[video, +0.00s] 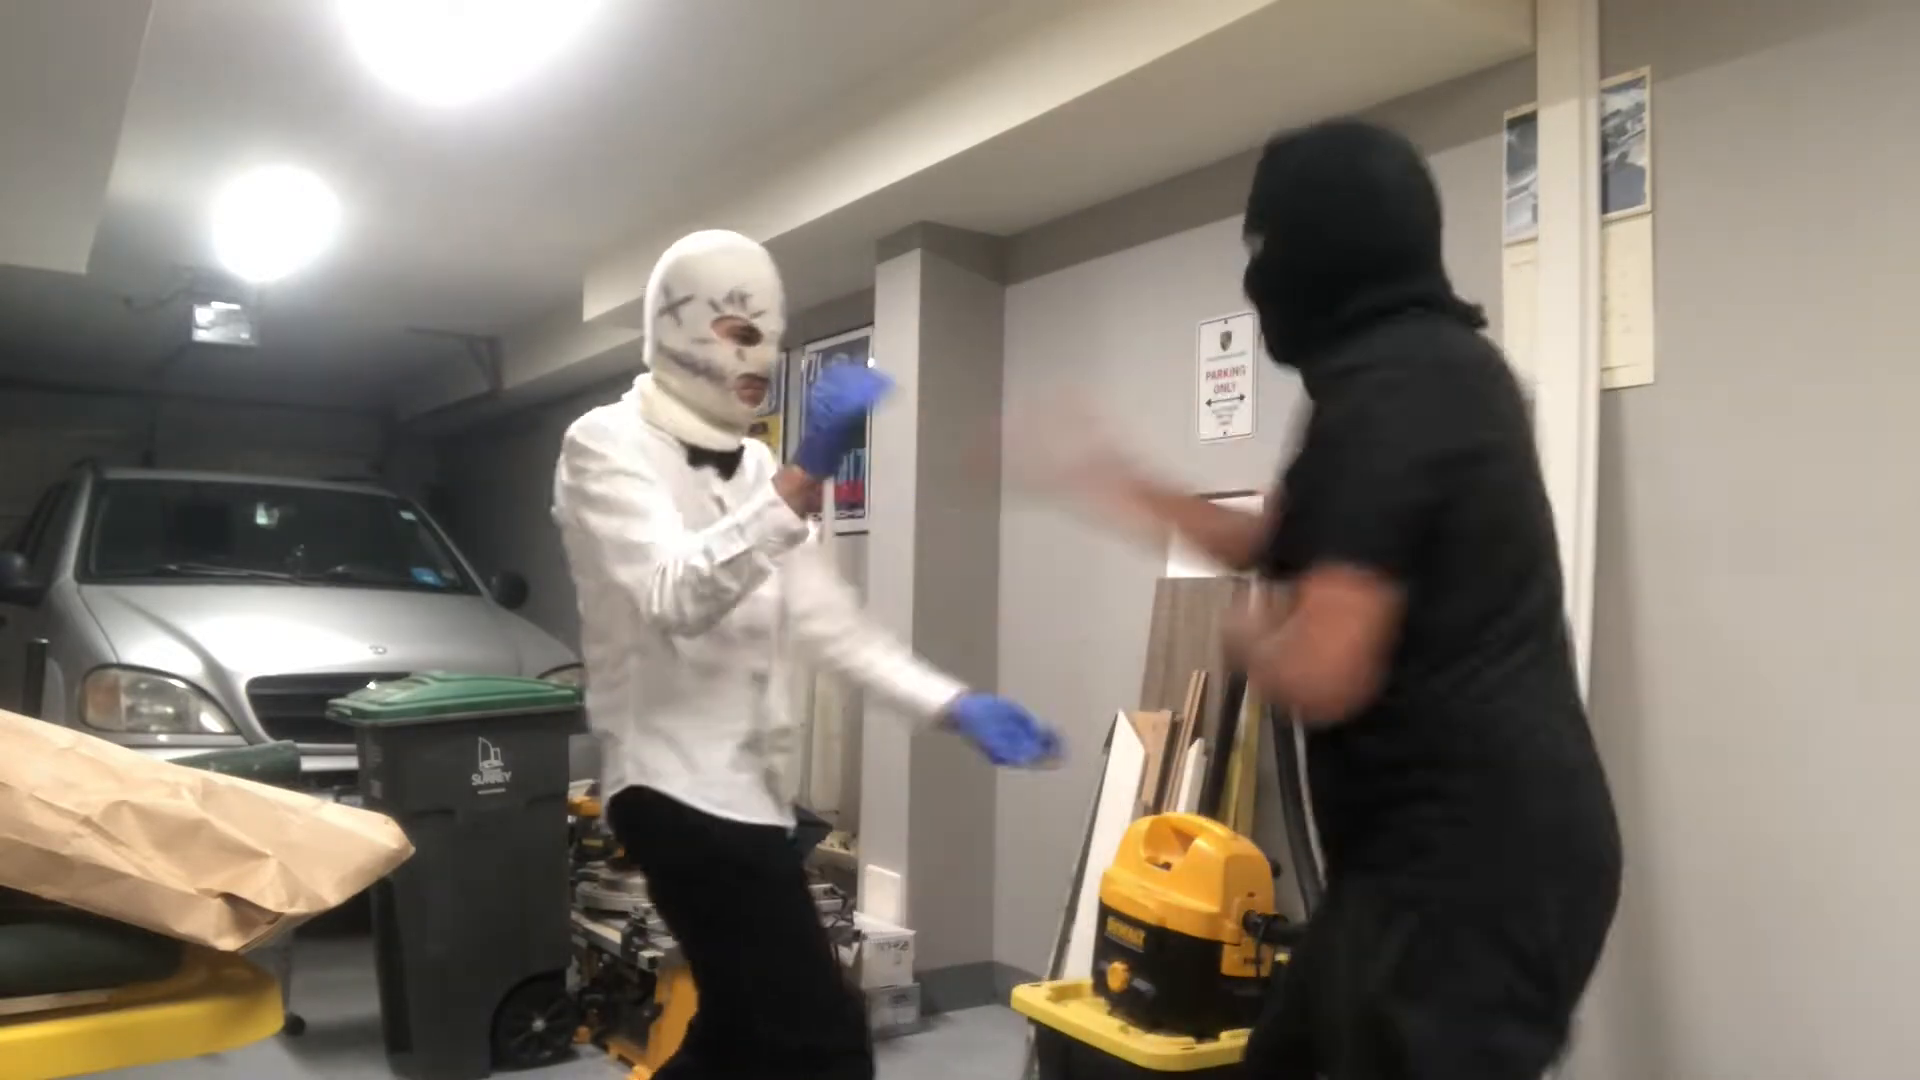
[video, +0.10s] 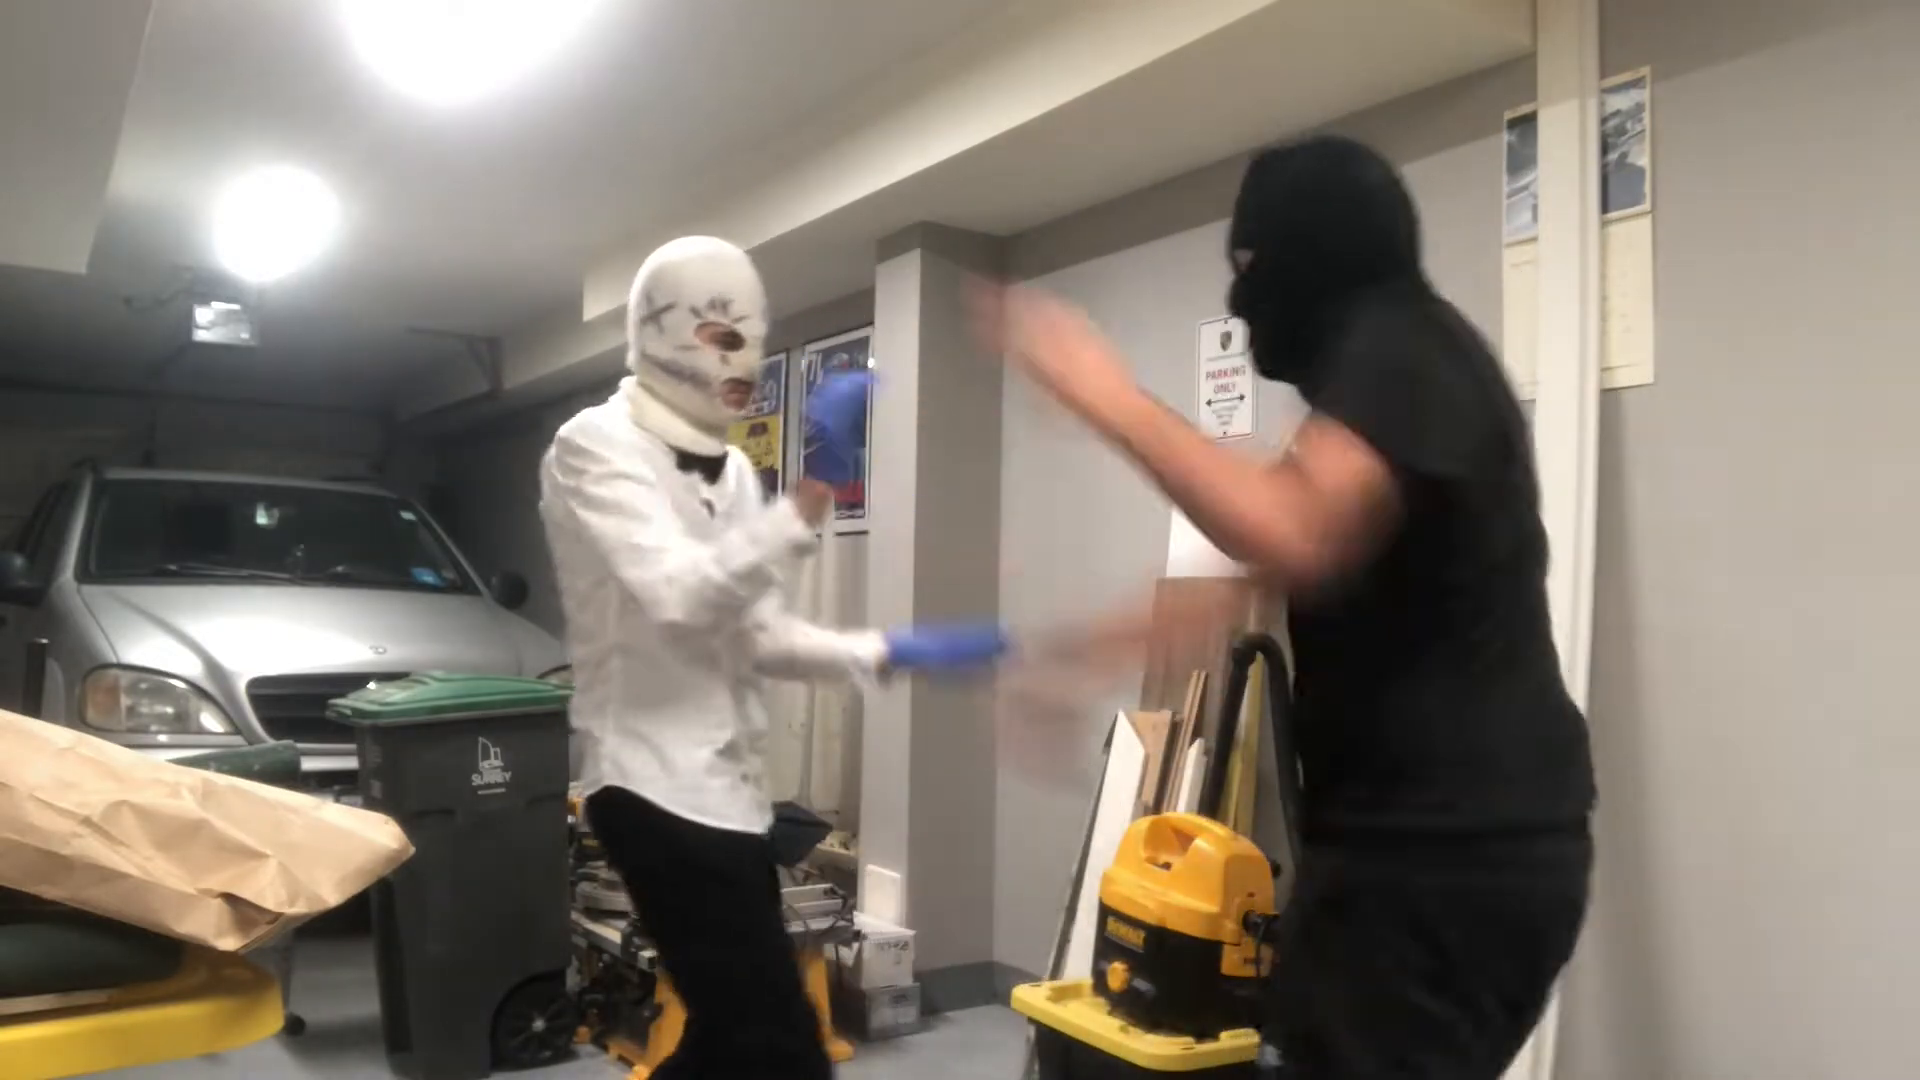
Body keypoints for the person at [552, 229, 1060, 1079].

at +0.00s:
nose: (757, 357)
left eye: (765, 337)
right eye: (735, 331)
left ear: (777, 344)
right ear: (672, 331)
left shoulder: (761, 467)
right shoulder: (607, 444)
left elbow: (832, 626)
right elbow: (671, 597)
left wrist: (956, 704)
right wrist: (801, 479)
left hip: (752, 781)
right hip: (669, 780)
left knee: (736, 1033)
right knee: (819, 1035)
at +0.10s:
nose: (747, 365)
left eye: (754, 344)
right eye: (725, 339)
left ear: (756, 345)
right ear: (660, 335)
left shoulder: (735, 474)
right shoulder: (595, 446)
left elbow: (755, 635)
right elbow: (674, 596)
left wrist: (885, 651)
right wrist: (799, 513)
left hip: (723, 777)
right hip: (643, 776)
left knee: (732, 1036)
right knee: (778, 1042)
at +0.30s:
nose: (698, 368)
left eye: (702, 344)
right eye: (675, 343)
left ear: (711, 349)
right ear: (615, 349)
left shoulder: (693, 489)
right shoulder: (567, 464)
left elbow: (764, 589)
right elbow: (696, 622)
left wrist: (878, 540)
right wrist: (840, 620)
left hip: (689, 789)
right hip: (616, 790)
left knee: (732, 1038)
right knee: (748, 1044)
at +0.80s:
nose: (664, 392)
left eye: (669, 375)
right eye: (639, 371)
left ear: (673, 375)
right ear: (588, 369)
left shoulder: (593, 458)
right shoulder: (573, 438)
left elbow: (691, 575)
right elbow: (630, 596)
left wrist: (799, 522)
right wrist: (786, 582)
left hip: (615, 769)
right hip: (634, 763)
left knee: (672, 999)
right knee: (818, 976)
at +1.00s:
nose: (654, 359)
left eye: (663, 345)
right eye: (630, 334)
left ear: (670, 354)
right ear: (581, 336)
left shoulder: (556, 438)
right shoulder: (578, 391)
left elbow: (649, 609)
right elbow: (586, 496)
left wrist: (761, 561)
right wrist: (755, 491)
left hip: (556, 737)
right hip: (615, 705)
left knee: (609, 993)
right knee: (851, 852)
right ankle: (809, 1068)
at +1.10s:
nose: (655, 355)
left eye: (663, 339)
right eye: (637, 330)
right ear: (590, 328)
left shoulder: (571, 424)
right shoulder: (574, 393)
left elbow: (655, 584)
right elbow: (623, 484)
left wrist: (732, 501)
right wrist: (716, 442)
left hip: (553, 731)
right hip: (603, 710)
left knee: (590, 984)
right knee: (841, 861)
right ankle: (795, 1069)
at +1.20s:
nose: (652, 368)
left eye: (656, 350)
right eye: (634, 345)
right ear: (590, 346)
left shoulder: (545, 442)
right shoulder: (561, 435)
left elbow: (654, 552)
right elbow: (589, 561)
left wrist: (740, 476)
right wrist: (711, 543)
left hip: (553, 762)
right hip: (603, 753)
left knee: (606, 985)